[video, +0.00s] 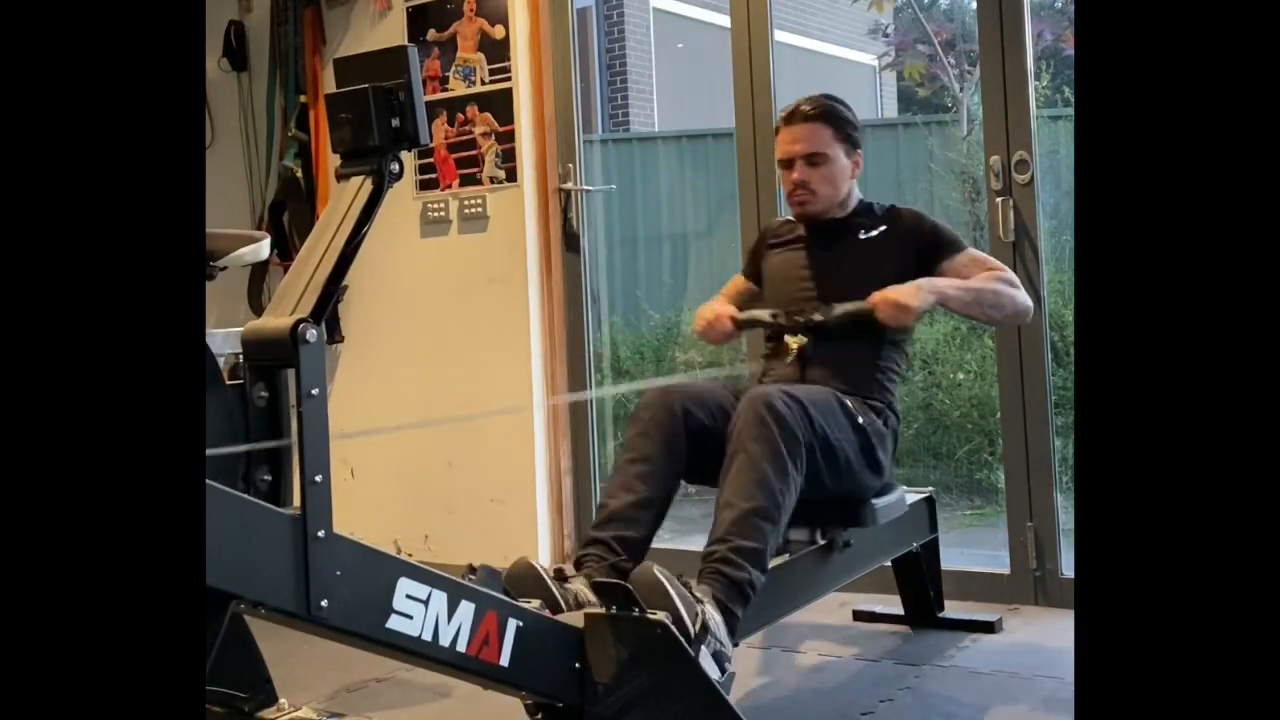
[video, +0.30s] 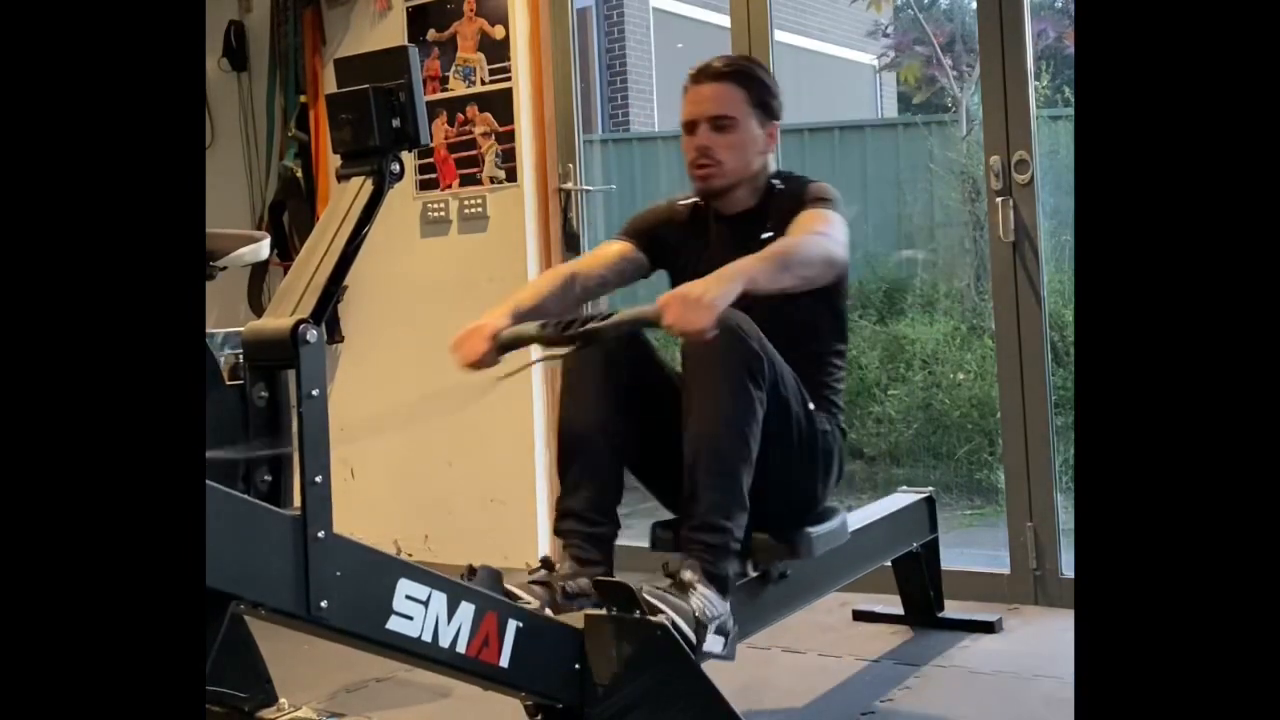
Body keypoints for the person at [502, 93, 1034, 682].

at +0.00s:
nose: (794, 178)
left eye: (812, 162)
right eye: (785, 164)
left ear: (854, 163)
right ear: (779, 169)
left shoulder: (905, 233)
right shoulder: (773, 243)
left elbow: (1016, 301)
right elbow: (730, 304)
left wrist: (931, 290)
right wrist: (716, 315)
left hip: (857, 429)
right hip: (764, 421)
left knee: (769, 404)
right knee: (666, 401)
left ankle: (716, 615)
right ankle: (593, 583)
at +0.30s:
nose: (700, 144)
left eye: (721, 127)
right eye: (690, 129)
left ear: (770, 137)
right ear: (681, 137)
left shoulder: (809, 204)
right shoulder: (674, 224)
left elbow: (822, 253)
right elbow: (583, 277)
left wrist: (734, 278)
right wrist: (502, 317)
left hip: (793, 473)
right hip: (702, 471)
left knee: (723, 332)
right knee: (601, 344)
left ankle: (705, 587)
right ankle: (581, 567)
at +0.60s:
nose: (630, 148)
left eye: (654, 129)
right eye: (622, 131)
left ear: (711, 139)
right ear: (614, 138)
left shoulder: (762, 207)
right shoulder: (615, 227)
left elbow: (729, 266)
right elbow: (517, 291)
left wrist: (642, 320)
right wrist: (413, 354)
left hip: (758, 479)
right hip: (656, 476)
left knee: (699, 323)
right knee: (571, 305)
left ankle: (694, 571)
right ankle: (575, 556)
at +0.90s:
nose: (775, 141)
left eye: (796, 127)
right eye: (767, 129)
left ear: (841, 141)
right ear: (756, 141)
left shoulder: (867, 204)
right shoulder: (741, 215)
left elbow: (847, 261)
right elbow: (663, 267)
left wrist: (792, 291)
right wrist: (595, 307)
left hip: (842, 442)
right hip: (752, 429)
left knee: (769, 375)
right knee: (644, 382)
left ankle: (705, 604)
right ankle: (585, 578)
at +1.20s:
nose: (825, 182)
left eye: (841, 167)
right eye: (816, 169)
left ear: (884, 167)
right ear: (811, 170)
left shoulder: (924, 234)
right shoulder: (802, 239)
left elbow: (1020, 305)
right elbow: (750, 293)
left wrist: (934, 300)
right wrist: (725, 309)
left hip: (870, 411)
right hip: (779, 406)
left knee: (786, 456)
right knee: (688, 453)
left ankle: (715, 623)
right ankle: (596, 591)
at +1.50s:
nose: (751, 151)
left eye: (769, 133)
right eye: (742, 135)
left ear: (818, 139)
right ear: (732, 142)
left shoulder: (862, 212)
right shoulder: (725, 225)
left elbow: (928, 270)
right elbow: (640, 276)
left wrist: (819, 268)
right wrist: (597, 289)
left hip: (826, 458)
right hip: (733, 450)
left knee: (749, 363)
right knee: (632, 356)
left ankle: (710, 604)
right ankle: (585, 572)